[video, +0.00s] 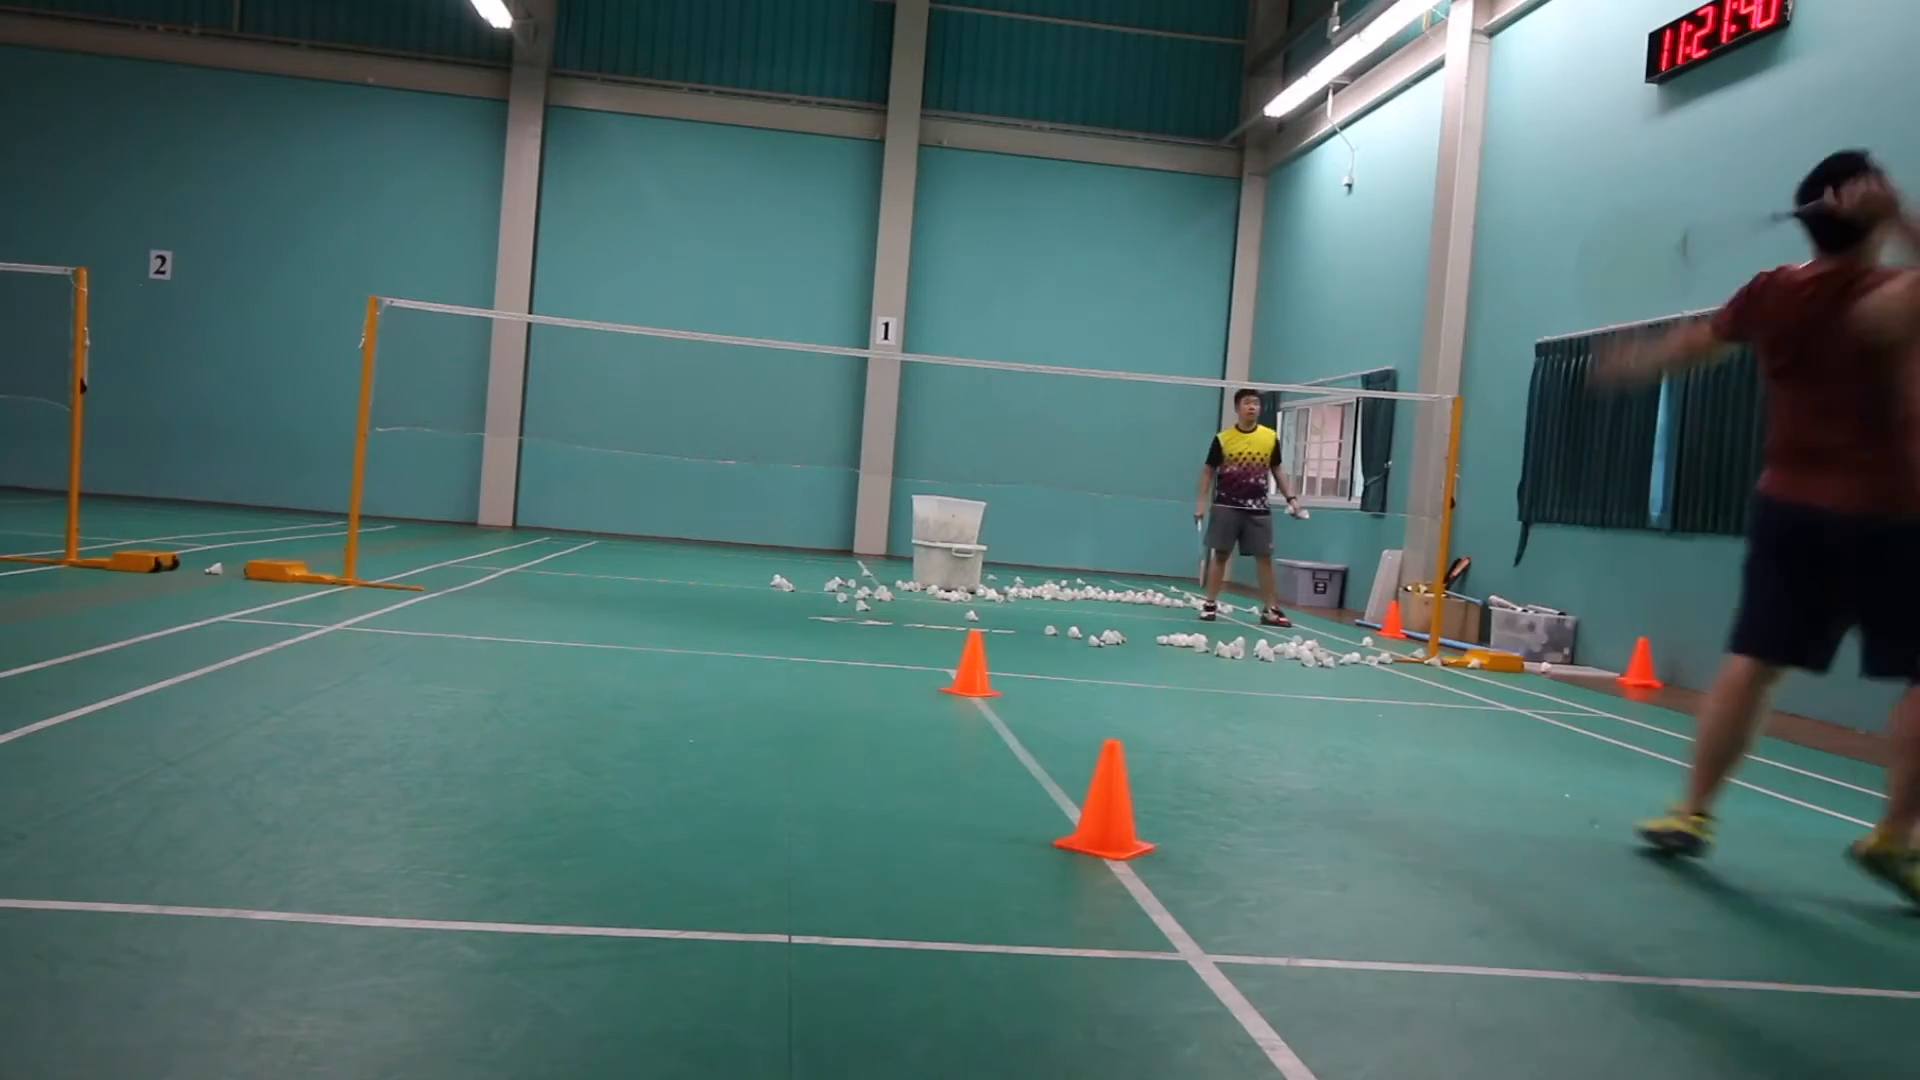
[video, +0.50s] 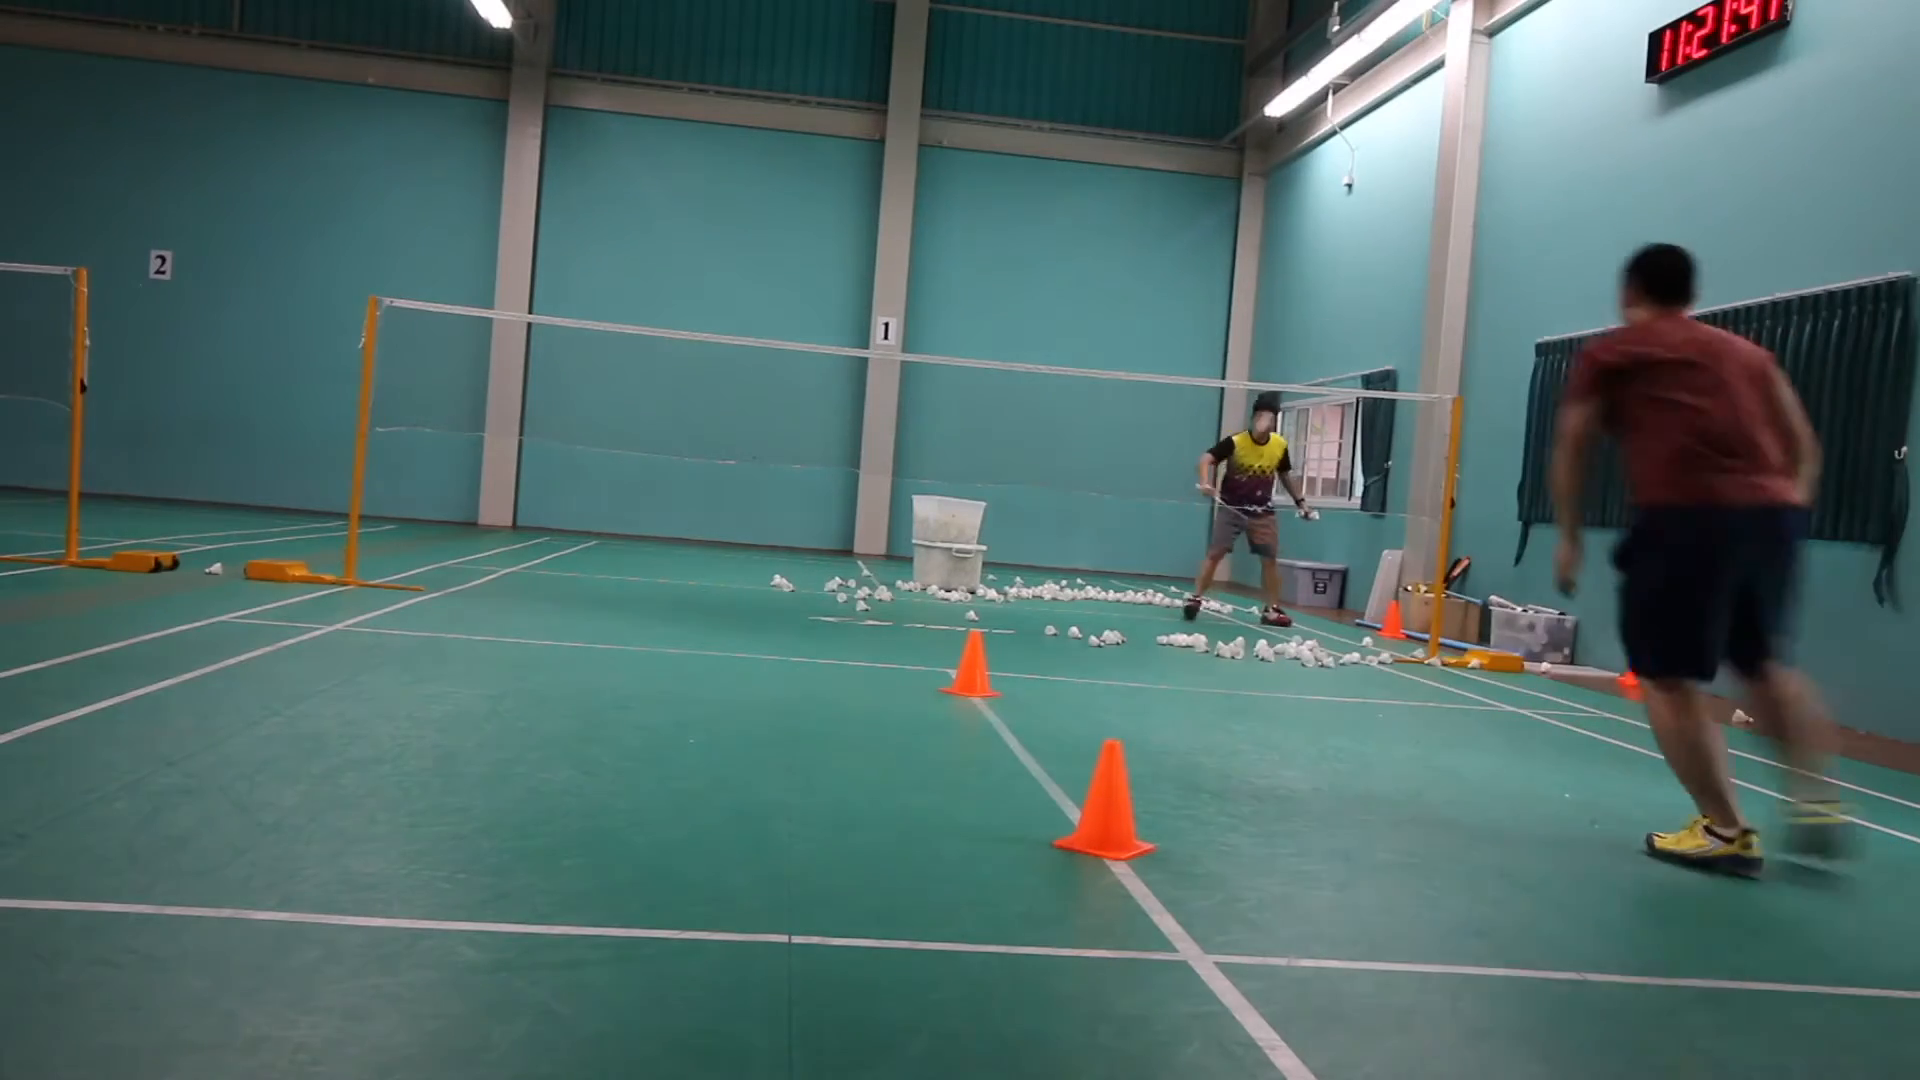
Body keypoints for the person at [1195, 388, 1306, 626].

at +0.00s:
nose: (1252, 407)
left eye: (1256, 403)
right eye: (1247, 403)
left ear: (1260, 408)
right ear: (1237, 408)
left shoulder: (1270, 438)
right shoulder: (1222, 439)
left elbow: (1278, 470)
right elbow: (1208, 473)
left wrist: (1291, 498)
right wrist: (1202, 504)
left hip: (1258, 509)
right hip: (1227, 507)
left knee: (1265, 558)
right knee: (1220, 555)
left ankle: (1270, 608)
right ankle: (1210, 602)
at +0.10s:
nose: (1264, 407)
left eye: (1267, 403)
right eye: (1259, 403)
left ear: (1271, 408)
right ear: (1248, 407)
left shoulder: (1280, 439)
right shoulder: (1232, 438)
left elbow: (1286, 471)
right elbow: (1218, 470)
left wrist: (1299, 501)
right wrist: (1214, 500)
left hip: (1266, 508)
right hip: (1236, 506)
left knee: (1270, 558)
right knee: (1226, 554)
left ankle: (1271, 609)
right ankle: (1210, 602)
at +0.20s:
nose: (1270, 407)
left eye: (1273, 403)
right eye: (1265, 403)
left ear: (1277, 409)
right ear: (1255, 407)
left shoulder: (1285, 440)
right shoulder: (1238, 437)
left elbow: (1289, 473)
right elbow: (1223, 469)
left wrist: (1303, 501)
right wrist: (1221, 500)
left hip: (1271, 510)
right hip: (1240, 507)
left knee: (1273, 559)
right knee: (1226, 556)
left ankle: (1271, 609)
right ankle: (1210, 602)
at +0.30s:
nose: (1275, 409)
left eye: (1279, 405)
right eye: (1270, 405)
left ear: (1283, 410)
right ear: (1260, 409)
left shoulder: (1288, 441)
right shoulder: (1244, 439)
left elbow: (1290, 474)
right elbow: (1226, 471)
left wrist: (1304, 501)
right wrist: (1230, 501)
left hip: (1273, 511)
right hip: (1244, 509)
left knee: (1273, 558)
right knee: (1228, 556)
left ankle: (1272, 608)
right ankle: (1211, 602)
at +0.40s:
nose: (1274, 414)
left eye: (1278, 410)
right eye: (1270, 410)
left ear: (1282, 414)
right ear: (1259, 413)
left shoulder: (1288, 442)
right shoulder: (1243, 440)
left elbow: (1290, 474)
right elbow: (1222, 466)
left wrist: (1302, 502)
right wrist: (1223, 493)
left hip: (1271, 511)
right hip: (1240, 508)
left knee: (1274, 556)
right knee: (1225, 553)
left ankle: (1272, 608)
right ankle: (1207, 600)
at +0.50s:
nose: (1264, 420)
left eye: (1269, 416)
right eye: (1261, 415)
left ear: (1274, 420)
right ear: (1253, 417)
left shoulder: (1279, 446)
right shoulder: (1236, 442)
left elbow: (1286, 476)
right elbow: (1206, 459)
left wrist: (1300, 503)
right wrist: (1205, 483)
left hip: (1263, 513)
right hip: (1231, 509)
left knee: (1270, 559)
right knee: (1216, 554)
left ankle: (1272, 608)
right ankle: (1196, 598)